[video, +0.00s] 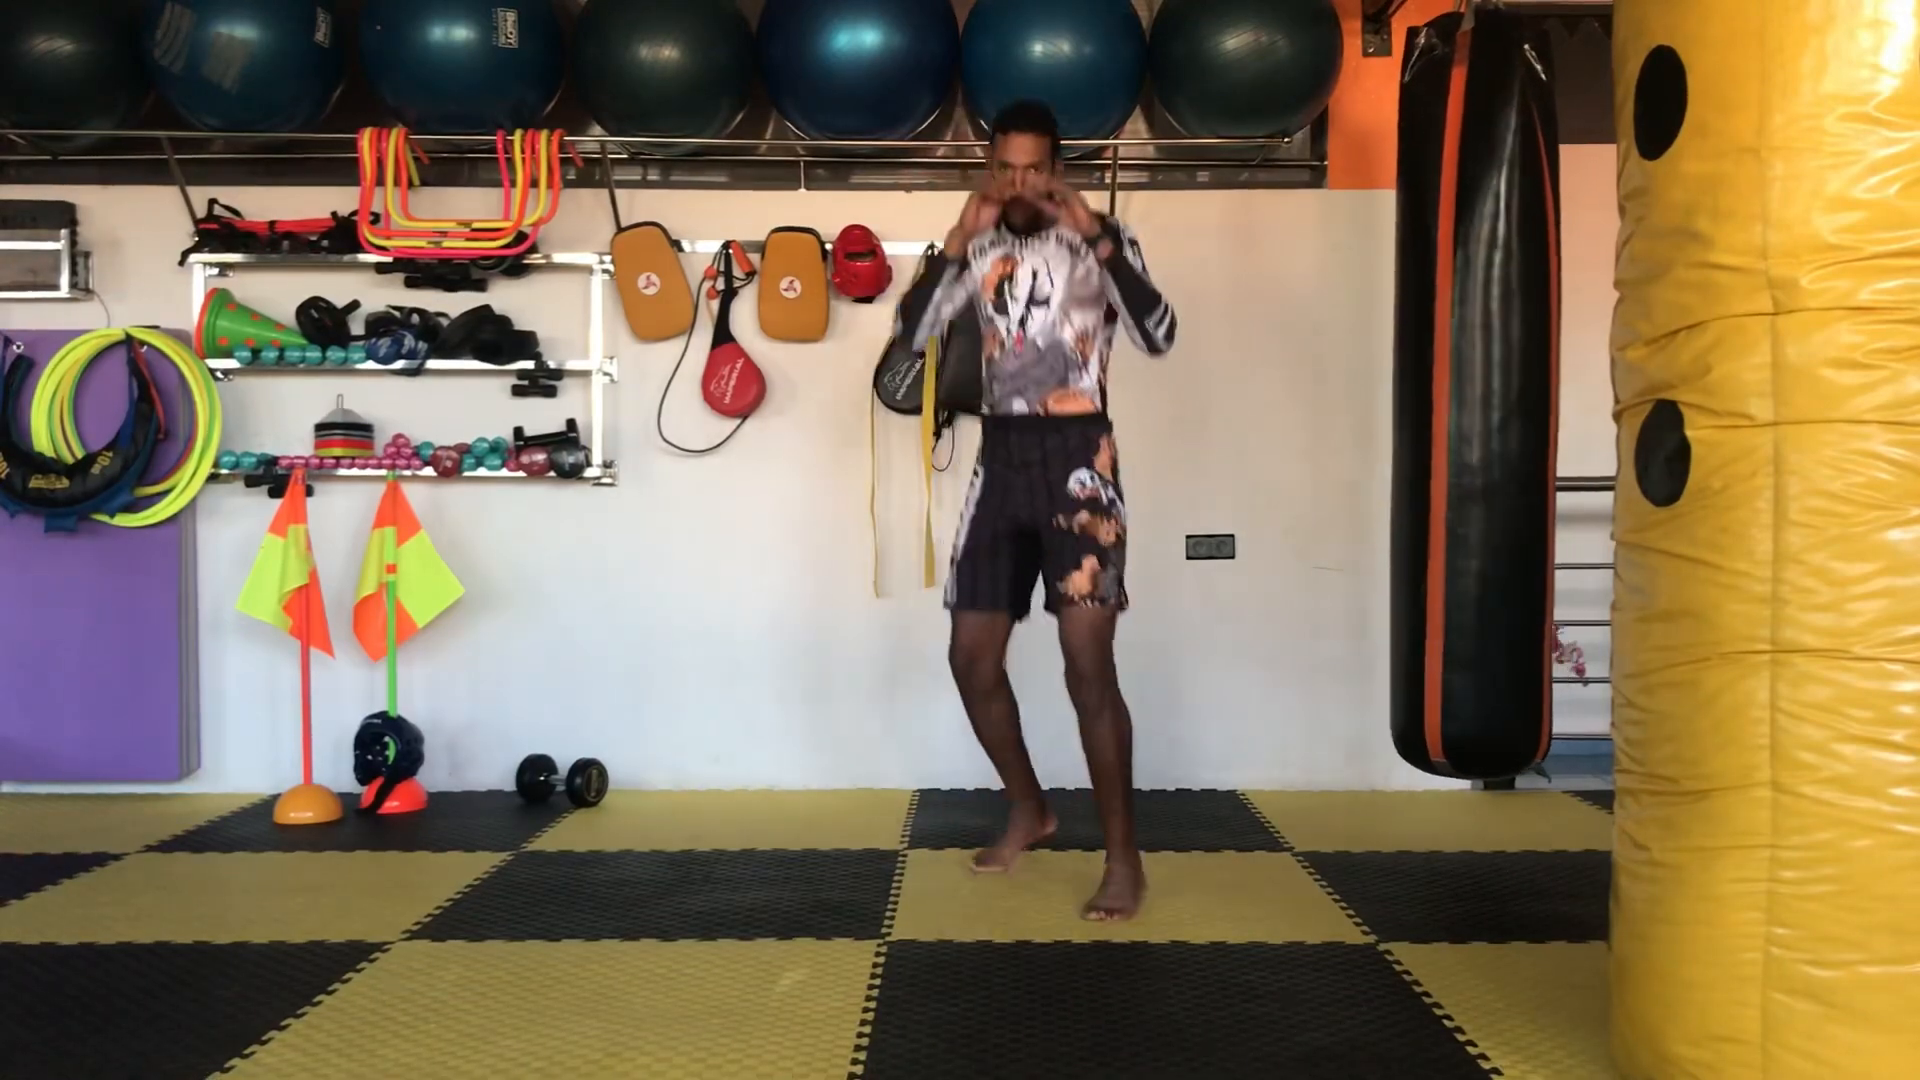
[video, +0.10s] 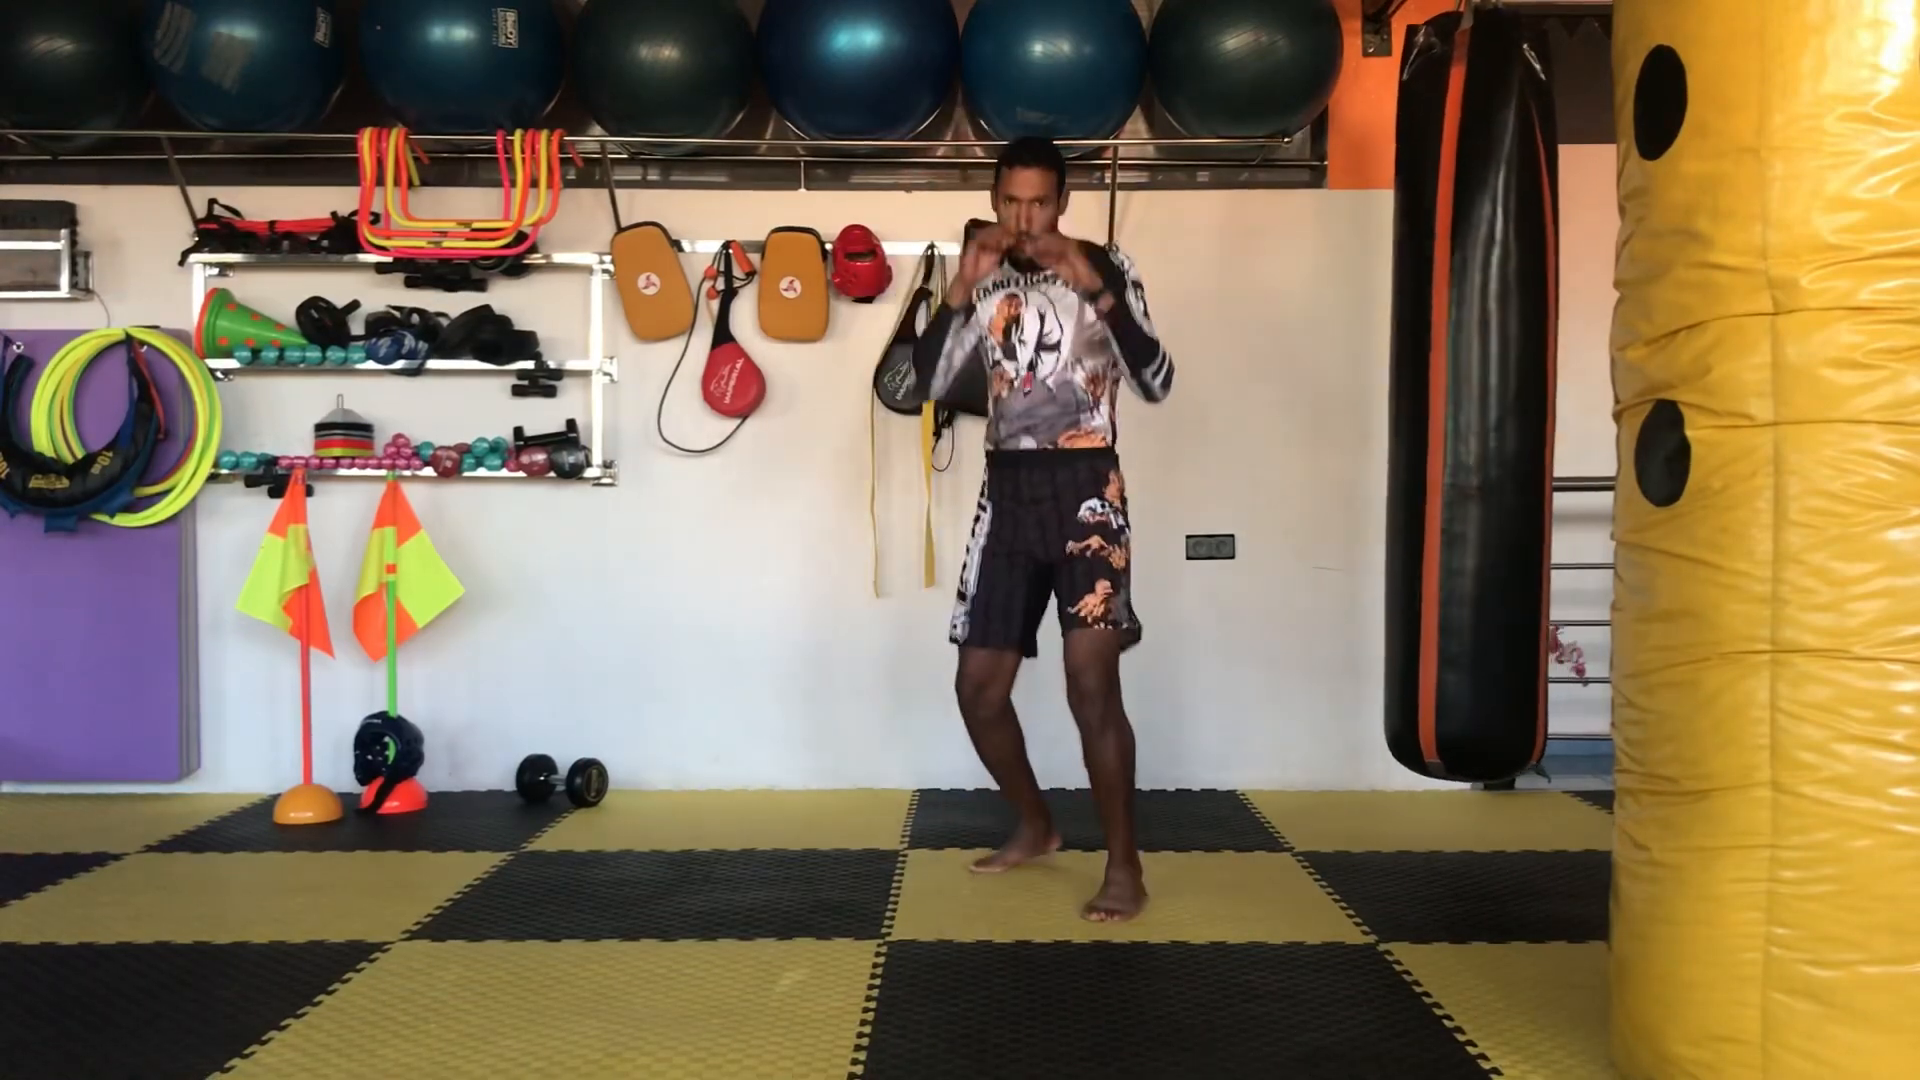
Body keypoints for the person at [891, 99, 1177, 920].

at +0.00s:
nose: (1020, 182)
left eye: (1033, 168)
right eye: (1006, 168)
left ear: (1056, 169)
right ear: (989, 170)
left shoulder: (1098, 241)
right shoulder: (975, 253)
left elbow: (1158, 336)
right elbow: (917, 335)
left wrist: (1098, 242)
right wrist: (959, 246)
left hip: (1079, 464)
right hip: (1002, 466)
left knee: (1088, 672)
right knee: (973, 661)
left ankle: (1121, 857)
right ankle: (1028, 807)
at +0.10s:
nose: (1025, 216)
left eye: (1039, 203)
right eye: (1012, 202)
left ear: (1063, 203)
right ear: (995, 202)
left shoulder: (1106, 269)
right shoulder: (980, 280)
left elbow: (1155, 381)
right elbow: (928, 386)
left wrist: (1099, 291)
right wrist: (961, 289)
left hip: (1087, 489)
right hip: (1009, 492)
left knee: (1091, 690)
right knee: (978, 690)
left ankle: (1123, 865)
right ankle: (1035, 824)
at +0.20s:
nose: (1024, 213)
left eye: (1037, 199)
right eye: (1011, 198)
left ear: (1059, 197)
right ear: (994, 197)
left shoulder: (1101, 262)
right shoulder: (979, 270)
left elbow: (1153, 375)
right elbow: (929, 382)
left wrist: (1101, 293)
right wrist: (956, 290)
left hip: (1087, 481)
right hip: (1009, 484)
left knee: (1092, 679)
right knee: (981, 673)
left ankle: (1122, 865)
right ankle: (1033, 821)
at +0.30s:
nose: (1015, 191)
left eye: (1027, 178)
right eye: (1001, 178)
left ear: (1049, 175)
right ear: (984, 178)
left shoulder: (1093, 238)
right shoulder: (970, 254)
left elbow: (1151, 338)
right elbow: (913, 353)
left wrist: (1098, 247)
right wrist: (948, 261)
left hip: (1080, 457)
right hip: (1000, 459)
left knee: (1092, 661)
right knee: (979, 652)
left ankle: (1118, 856)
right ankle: (1021, 804)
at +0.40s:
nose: (1005, 195)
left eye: (1019, 182)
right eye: (993, 181)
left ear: (1043, 181)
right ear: (976, 179)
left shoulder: (1083, 249)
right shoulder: (960, 262)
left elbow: (1146, 332)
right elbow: (901, 354)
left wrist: (1092, 238)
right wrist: (940, 259)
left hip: (1070, 463)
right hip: (990, 465)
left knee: (1088, 664)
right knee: (979, 660)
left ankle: (1117, 855)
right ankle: (1014, 809)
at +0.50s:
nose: (1001, 216)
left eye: (1015, 204)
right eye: (987, 202)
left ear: (1038, 201)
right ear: (971, 201)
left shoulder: (1077, 265)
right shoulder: (952, 277)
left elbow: (1131, 360)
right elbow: (896, 387)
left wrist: (1076, 271)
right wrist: (935, 283)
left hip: (1060, 479)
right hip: (983, 482)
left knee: (1079, 666)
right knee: (981, 671)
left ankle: (1117, 860)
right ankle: (1022, 824)